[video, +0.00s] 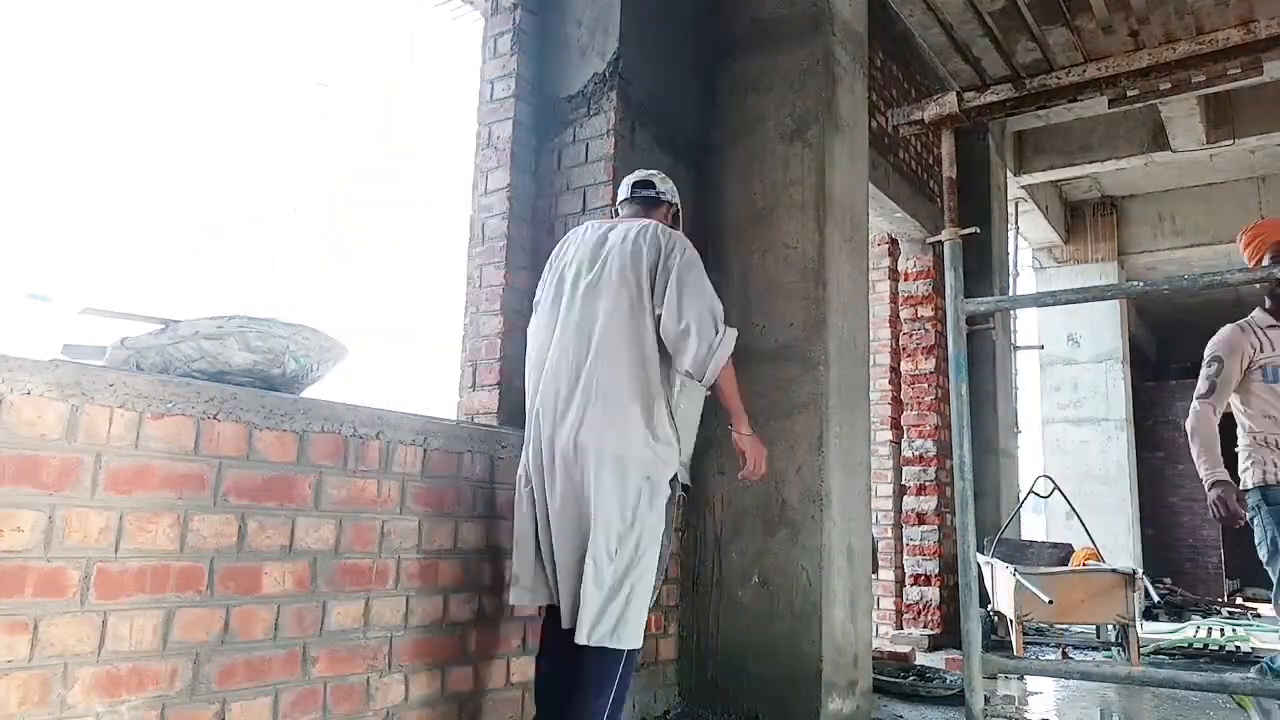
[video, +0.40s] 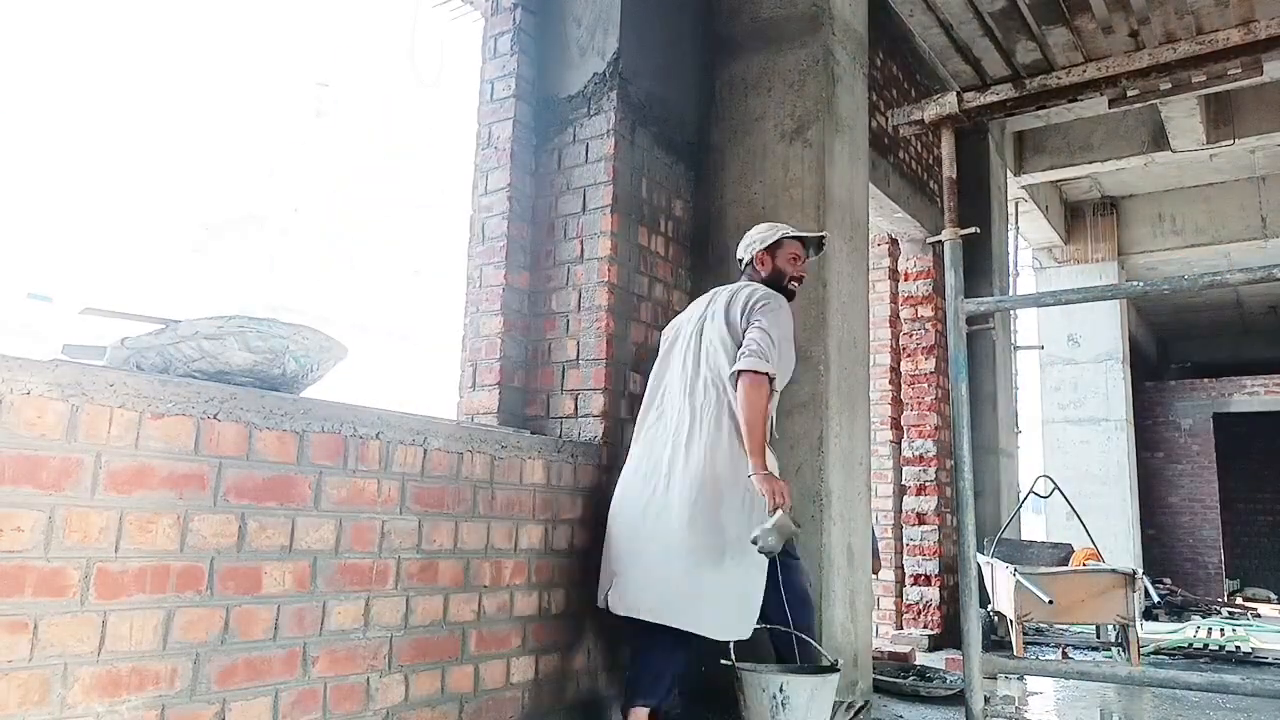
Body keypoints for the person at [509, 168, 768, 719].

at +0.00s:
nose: (672, 226)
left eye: (673, 221)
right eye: (676, 220)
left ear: (615, 207)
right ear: (669, 212)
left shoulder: (568, 244)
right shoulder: (665, 242)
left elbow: (542, 336)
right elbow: (702, 335)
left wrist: (543, 431)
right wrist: (741, 425)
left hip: (549, 445)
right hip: (621, 447)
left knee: (561, 602)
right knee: (615, 609)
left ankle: (552, 710)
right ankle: (592, 711)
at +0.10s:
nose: (778, 412)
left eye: (783, 415)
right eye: (788, 402)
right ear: (784, 376)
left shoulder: (709, 409)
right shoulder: (735, 339)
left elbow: (681, 499)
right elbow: (672, 377)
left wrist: (739, 570)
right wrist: (701, 481)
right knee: (661, 625)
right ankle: (674, 710)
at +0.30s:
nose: (776, 462)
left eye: (782, 456)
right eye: (781, 451)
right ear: (779, 426)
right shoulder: (756, 413)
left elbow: (693, 520)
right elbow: (786, 509)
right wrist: (792, 602)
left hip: (585, 457)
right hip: (649, 460)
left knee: (618, 619)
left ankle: (627, 711)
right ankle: (697, 711)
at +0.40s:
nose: (803, 270)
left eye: (805, 261)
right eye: (794, 258)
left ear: (746, 266)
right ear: (760, 259)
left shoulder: (689, 315)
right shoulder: (766, 301)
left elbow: (664, 403)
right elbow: (752, 376)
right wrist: (761, 468)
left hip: (651, 485)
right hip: (714, 481)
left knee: (668, 605)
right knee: (789, 592)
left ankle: (640, 708)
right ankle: (806, 704)